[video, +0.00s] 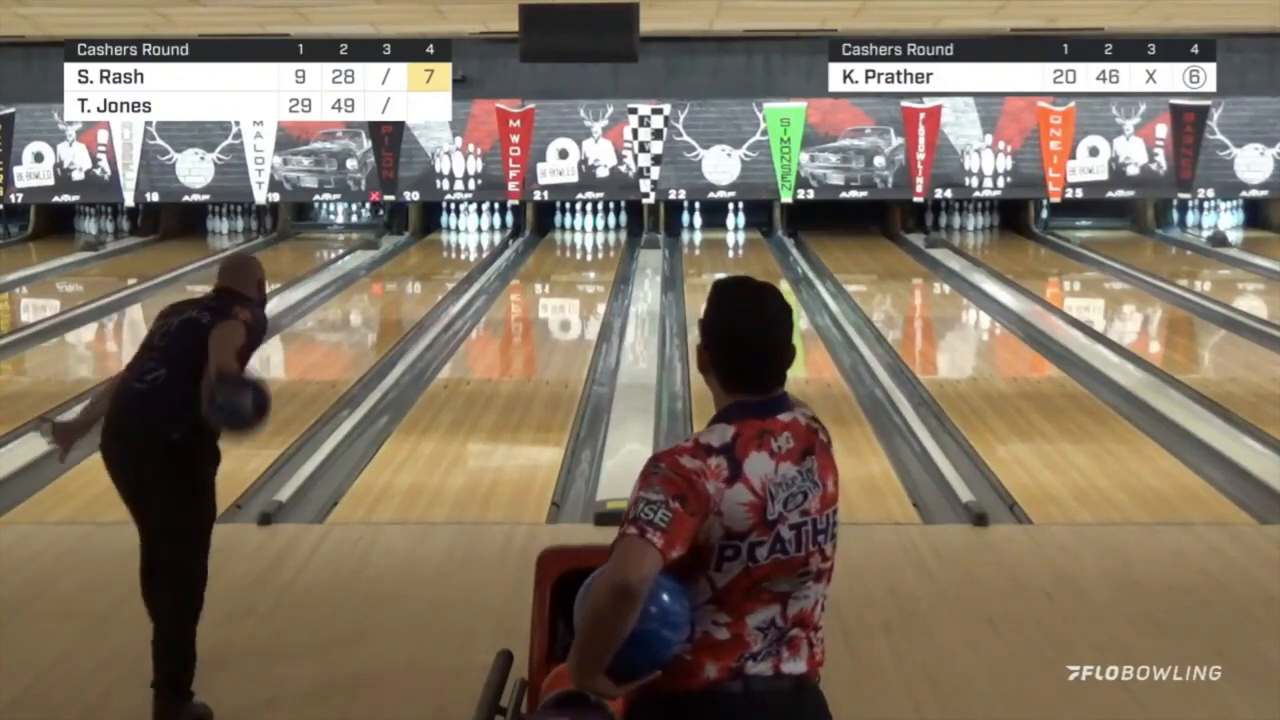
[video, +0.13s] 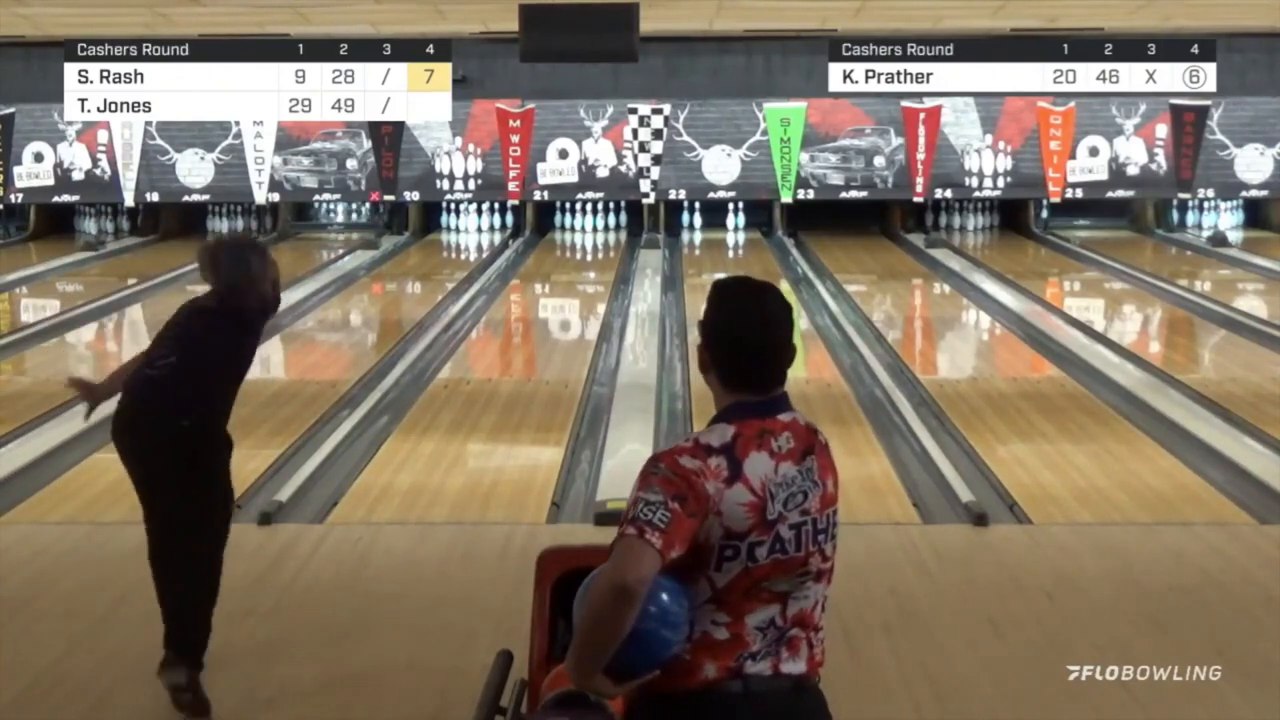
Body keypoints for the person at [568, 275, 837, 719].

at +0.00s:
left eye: (699, 338)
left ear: (702, 357)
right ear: (791, 356)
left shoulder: (686, 467)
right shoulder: (813, 436)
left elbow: (627, 580)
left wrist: (584, 671)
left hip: (696, 695)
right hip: (796, 690)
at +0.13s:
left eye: (700, 340)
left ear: (702, 357)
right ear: (791, 356)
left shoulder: (685, 467)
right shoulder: (817, 449)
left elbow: (627, 579)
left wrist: (582, 669)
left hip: (695, 696)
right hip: (796, 692)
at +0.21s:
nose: (698, 348)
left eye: (699, 339)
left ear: (704, 356)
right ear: (790, 357)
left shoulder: (689, 461)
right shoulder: (815, 449)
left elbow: (627, 579)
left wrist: (582, 669)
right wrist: (702, 434)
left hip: (696, 695)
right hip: (797, 692)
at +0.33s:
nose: (694, 346)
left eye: (696, 337)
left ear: (703, 355)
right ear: (789, 356)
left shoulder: (687, 468)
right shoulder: (810, 439)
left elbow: (629, 581)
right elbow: (727, 392)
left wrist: (584, 671)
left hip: (697, 695)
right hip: (796, 690)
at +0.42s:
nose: (690, 339)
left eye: (694, 332)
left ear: (705, 358)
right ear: (787, 354)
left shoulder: (689, 466)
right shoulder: (810, 436)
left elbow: (631, 579)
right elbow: (711, 369)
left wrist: (586, 668)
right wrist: (631, 330)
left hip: (694, 695)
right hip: (794, 690)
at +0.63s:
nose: (676, 367)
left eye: (676, 355)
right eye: (676, 354)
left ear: (693, 367)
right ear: (765, 352)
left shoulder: (693, 463)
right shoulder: (810, 445)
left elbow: (638, 576)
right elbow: (688, 416)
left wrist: (586, 671)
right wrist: (660, 310)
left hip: (699, 697)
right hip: (796, 691)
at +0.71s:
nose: (666, 369)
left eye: (667, 357)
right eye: (665, 357)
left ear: (687, 370)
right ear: (758, 351)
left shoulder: (692, 463)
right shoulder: (810, 447)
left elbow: (639, 577)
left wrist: (587, 669)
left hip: (700, 697)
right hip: (795, 692)